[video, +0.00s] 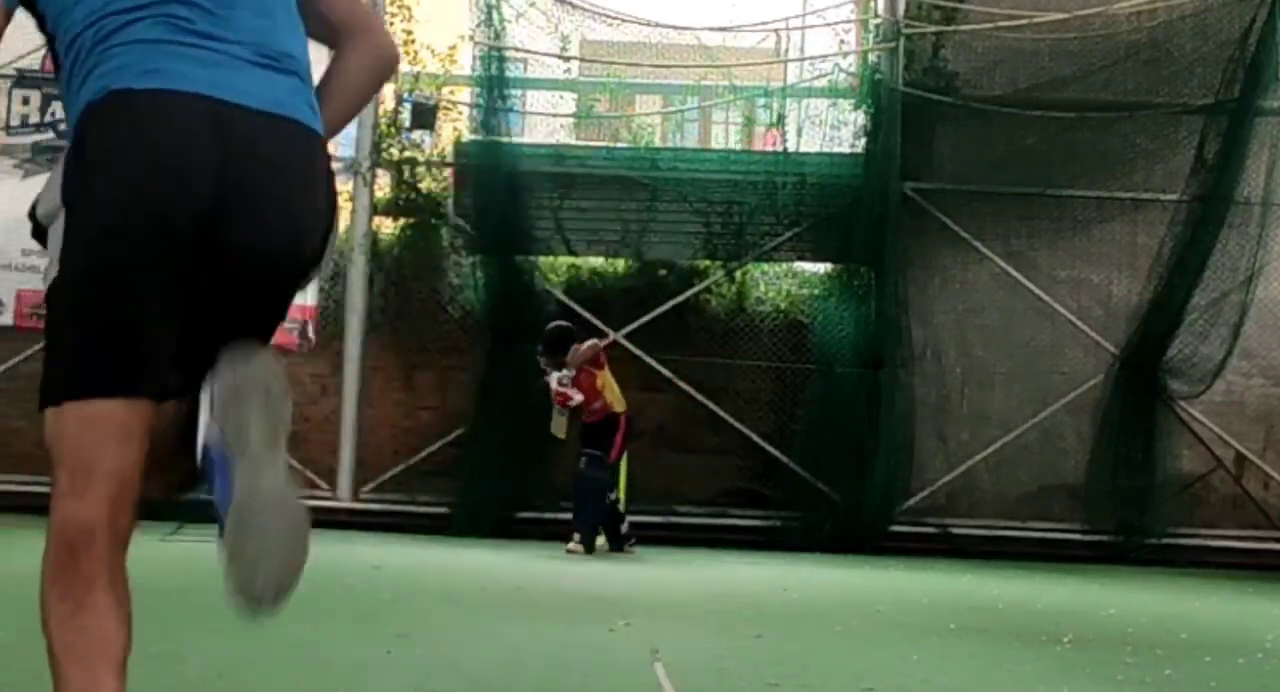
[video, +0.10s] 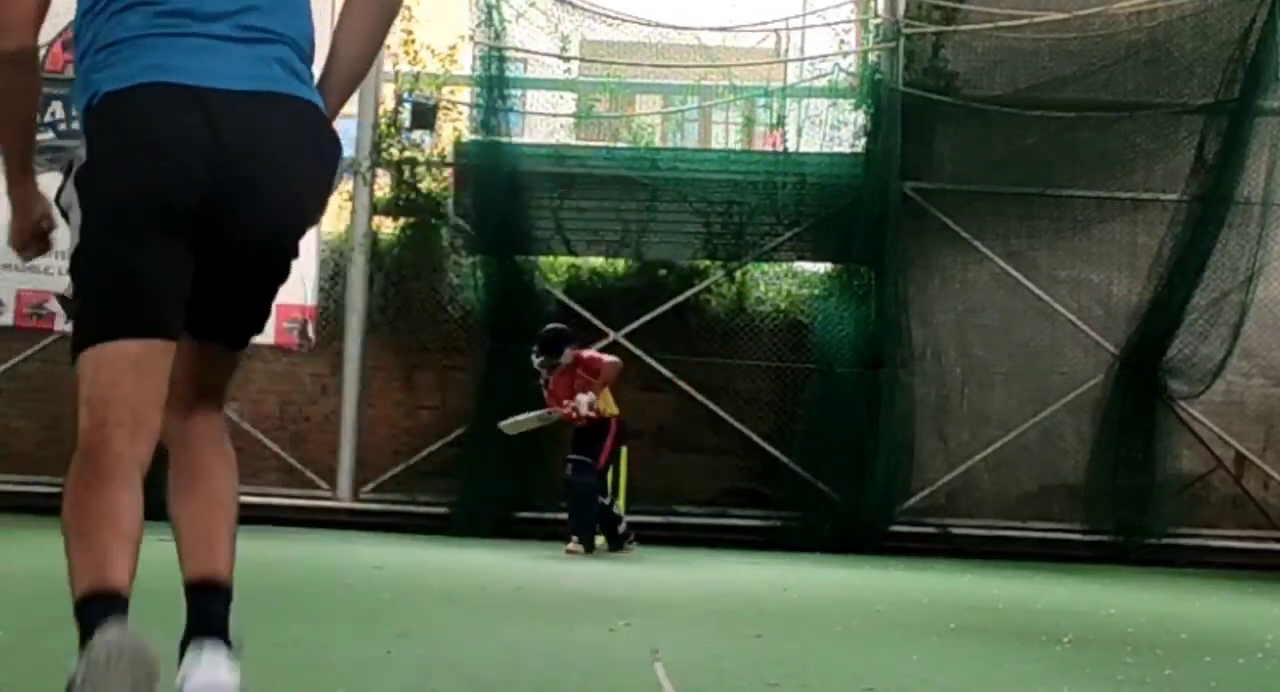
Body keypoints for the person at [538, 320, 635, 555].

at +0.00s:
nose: (549, 366)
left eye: (553, 362)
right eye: (548, 363)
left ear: (566, 353)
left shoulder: (586, 359)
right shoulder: (561, 374)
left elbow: (588, 349)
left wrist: (570, 368)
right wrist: (560, 395)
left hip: (611, 416)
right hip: (589, 420)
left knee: (592, 472)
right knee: (594, 477)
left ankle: (583, 535)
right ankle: (619, 535)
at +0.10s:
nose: (546, 370)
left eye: (551, 364)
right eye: (543, 365)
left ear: (566, 354)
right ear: (541, 360)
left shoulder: (582, 359)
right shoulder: (549, 379)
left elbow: (613, 364)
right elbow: (554, 408)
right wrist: (566, 411)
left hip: (604, 419)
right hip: (582, 423)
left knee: (583, 475)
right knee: (584, 480)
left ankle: (581, 536)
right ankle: (619, 535)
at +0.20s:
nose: (541, 354)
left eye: (546, 347)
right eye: (540, 348)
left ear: (561, 347)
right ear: (543, 350)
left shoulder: (582, 362)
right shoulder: (542, 380)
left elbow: (625, 386)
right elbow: (555, 412)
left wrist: (601, 411)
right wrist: (561, 422)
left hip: (598, 426)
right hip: (572, 430)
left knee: (578, 480)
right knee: (570, 481)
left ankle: (582, 538)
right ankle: (607, 530)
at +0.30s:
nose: (538, 339)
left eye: (544, 333)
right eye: (537, 333)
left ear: (561, 335)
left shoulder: (584, 360)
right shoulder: (541, 363)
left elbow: (618, 394)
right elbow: (548, 398)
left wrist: (591, 414)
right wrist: (547, 415)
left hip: (588, 423)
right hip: (562, 423)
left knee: (575, 480)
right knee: (559, 480)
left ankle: (583, 538)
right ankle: (575, 535)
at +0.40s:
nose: (535, 320)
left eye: (541, 315)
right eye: (534, 315)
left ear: (558, 317)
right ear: (533, 319)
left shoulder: (579, 348)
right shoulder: (534, 350)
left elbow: (607, 384)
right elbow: (538, 387)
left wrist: (583, 405)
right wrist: (527, 404)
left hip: (575, 414)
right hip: (545, 413)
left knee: (566, 475)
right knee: (539, 472)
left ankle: (579, 536)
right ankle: (542, 528)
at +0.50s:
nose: (527, 303)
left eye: (534, 297)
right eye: (526, 297)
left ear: (550, 299)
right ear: (526, 299)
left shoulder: (573, 333)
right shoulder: (526, 331)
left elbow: (596, 371)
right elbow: (528, 368)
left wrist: (578, 397)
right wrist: (517, 395)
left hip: (563, 405)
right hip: (533, 402)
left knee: (556, 471)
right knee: (509, 458)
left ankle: (575, 535)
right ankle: (505, 528)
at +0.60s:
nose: (518, 296)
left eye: (525, 291)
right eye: (517, 291)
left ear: (543, 294)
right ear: (520, 295)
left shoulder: (564, 330)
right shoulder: (516, 328)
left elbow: (584, 371)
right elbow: (511, 368)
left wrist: (570, 396)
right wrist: (498, 401)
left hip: (548, 403)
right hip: (519, 400)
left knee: (541, 474)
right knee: (498, 458)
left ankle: (565, 528)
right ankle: (486, 526)